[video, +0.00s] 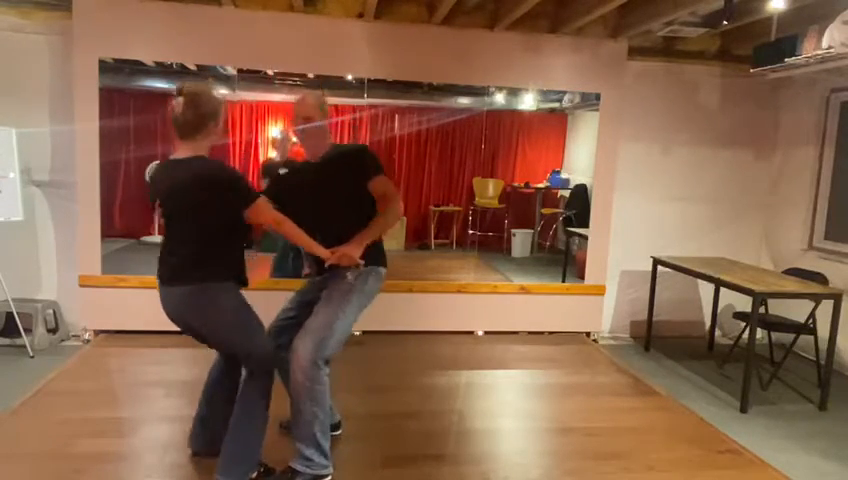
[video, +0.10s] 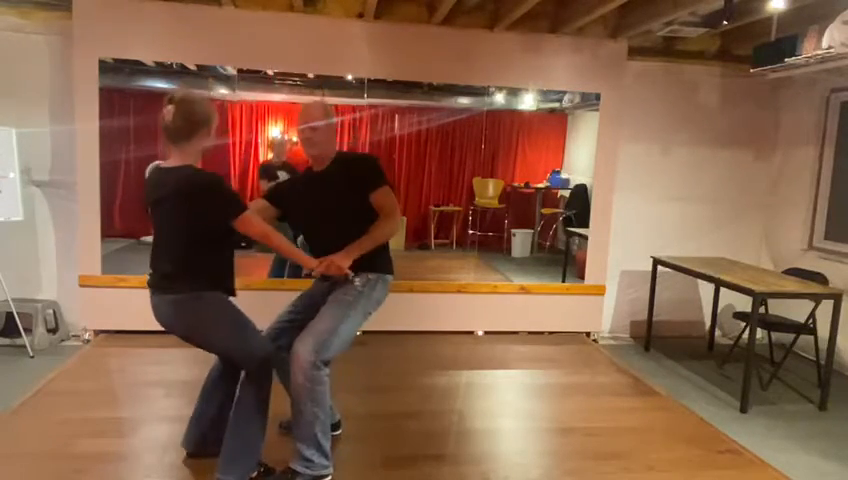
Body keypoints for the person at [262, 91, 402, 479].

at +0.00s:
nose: (301, 129)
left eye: (308, 121)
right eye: (297, 122)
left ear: (327, 121)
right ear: (295, 126)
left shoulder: (356, 157)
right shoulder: (292, 176)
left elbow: (393, 207)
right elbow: (258, 227)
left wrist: (357, 244)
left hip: (360, 272)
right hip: (321, 275)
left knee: (307, 352)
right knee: (279, 340)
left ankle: (313, 467)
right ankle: (322, 419)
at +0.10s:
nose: (312, 136)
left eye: (318, 128)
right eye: (305, 129)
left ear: (334, 129)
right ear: (298, 135)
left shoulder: (361, 166)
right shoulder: (295, 188)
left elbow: (392, 220)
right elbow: (247, 217)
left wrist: (348, 254)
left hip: (367, 279)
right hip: (327, 280)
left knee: (306, 353)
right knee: (276, 343)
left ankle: (313, 467)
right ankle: (322, 419)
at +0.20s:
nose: (316, 140)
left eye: (324, 131)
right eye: (310, 133)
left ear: (341, 134)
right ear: (303, 139)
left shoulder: (367, 174)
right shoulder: (300, 190)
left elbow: (391, 228)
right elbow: (245, 221)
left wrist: (339, 261)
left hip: (372, 284)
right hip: (333, 285)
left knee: (306, 355)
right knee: (276, 343)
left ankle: (313, 467)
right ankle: (321, 419)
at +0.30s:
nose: (315, 146)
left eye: (323, 139)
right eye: (311, 139)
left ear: (344, 141)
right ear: (307, 144)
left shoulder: (369, 179)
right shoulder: (305, 190)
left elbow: (389, 237)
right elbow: (247, 220)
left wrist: (332, 266)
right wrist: (193, 216)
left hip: (376, 289)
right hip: (338, 290)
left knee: (306, 357)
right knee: (279, 340)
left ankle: (313, 468)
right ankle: (320, 419)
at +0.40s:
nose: (317, 151)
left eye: (325, 144)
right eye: (314, 144)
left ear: (348, 147)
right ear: (311, 146)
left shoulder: (375, 186)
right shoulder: (310, 194)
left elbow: (386, 246)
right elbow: (253, 220)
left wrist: (328, 273)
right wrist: (208, 217)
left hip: (377, 296)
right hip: (340, 294)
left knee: (302, 361)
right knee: (281, 339)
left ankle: (313, 468)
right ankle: (323, 418)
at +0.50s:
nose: (318, 154)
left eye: (327, 146)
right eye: (315, 146)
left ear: (350, 149)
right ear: (312, 149)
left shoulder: (378, 190)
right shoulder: (312, 195)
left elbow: (383, 253)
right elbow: (257, 221)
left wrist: (324, 278)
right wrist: (209, 221)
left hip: (378, 300)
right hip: (341, 296)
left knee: (298, 364)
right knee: (283, 338)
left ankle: (312, 469)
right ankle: (323, 418)